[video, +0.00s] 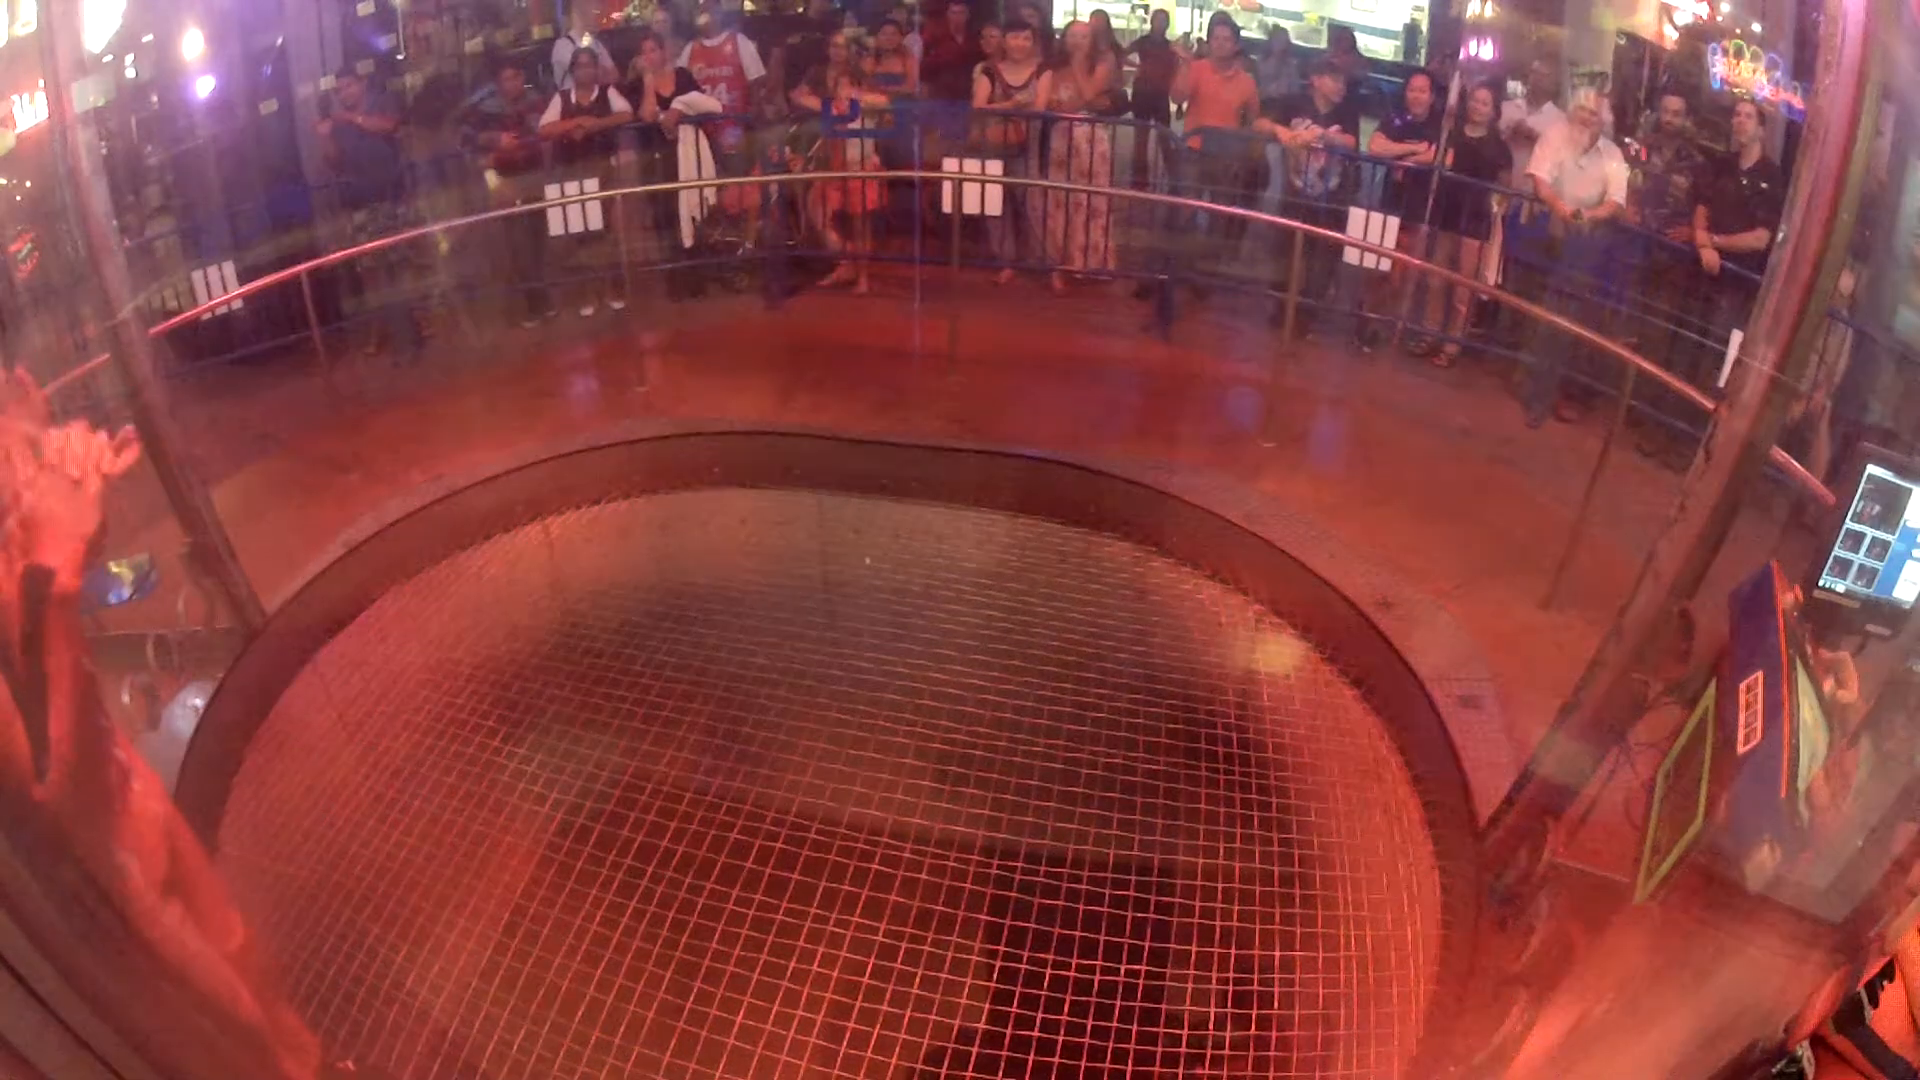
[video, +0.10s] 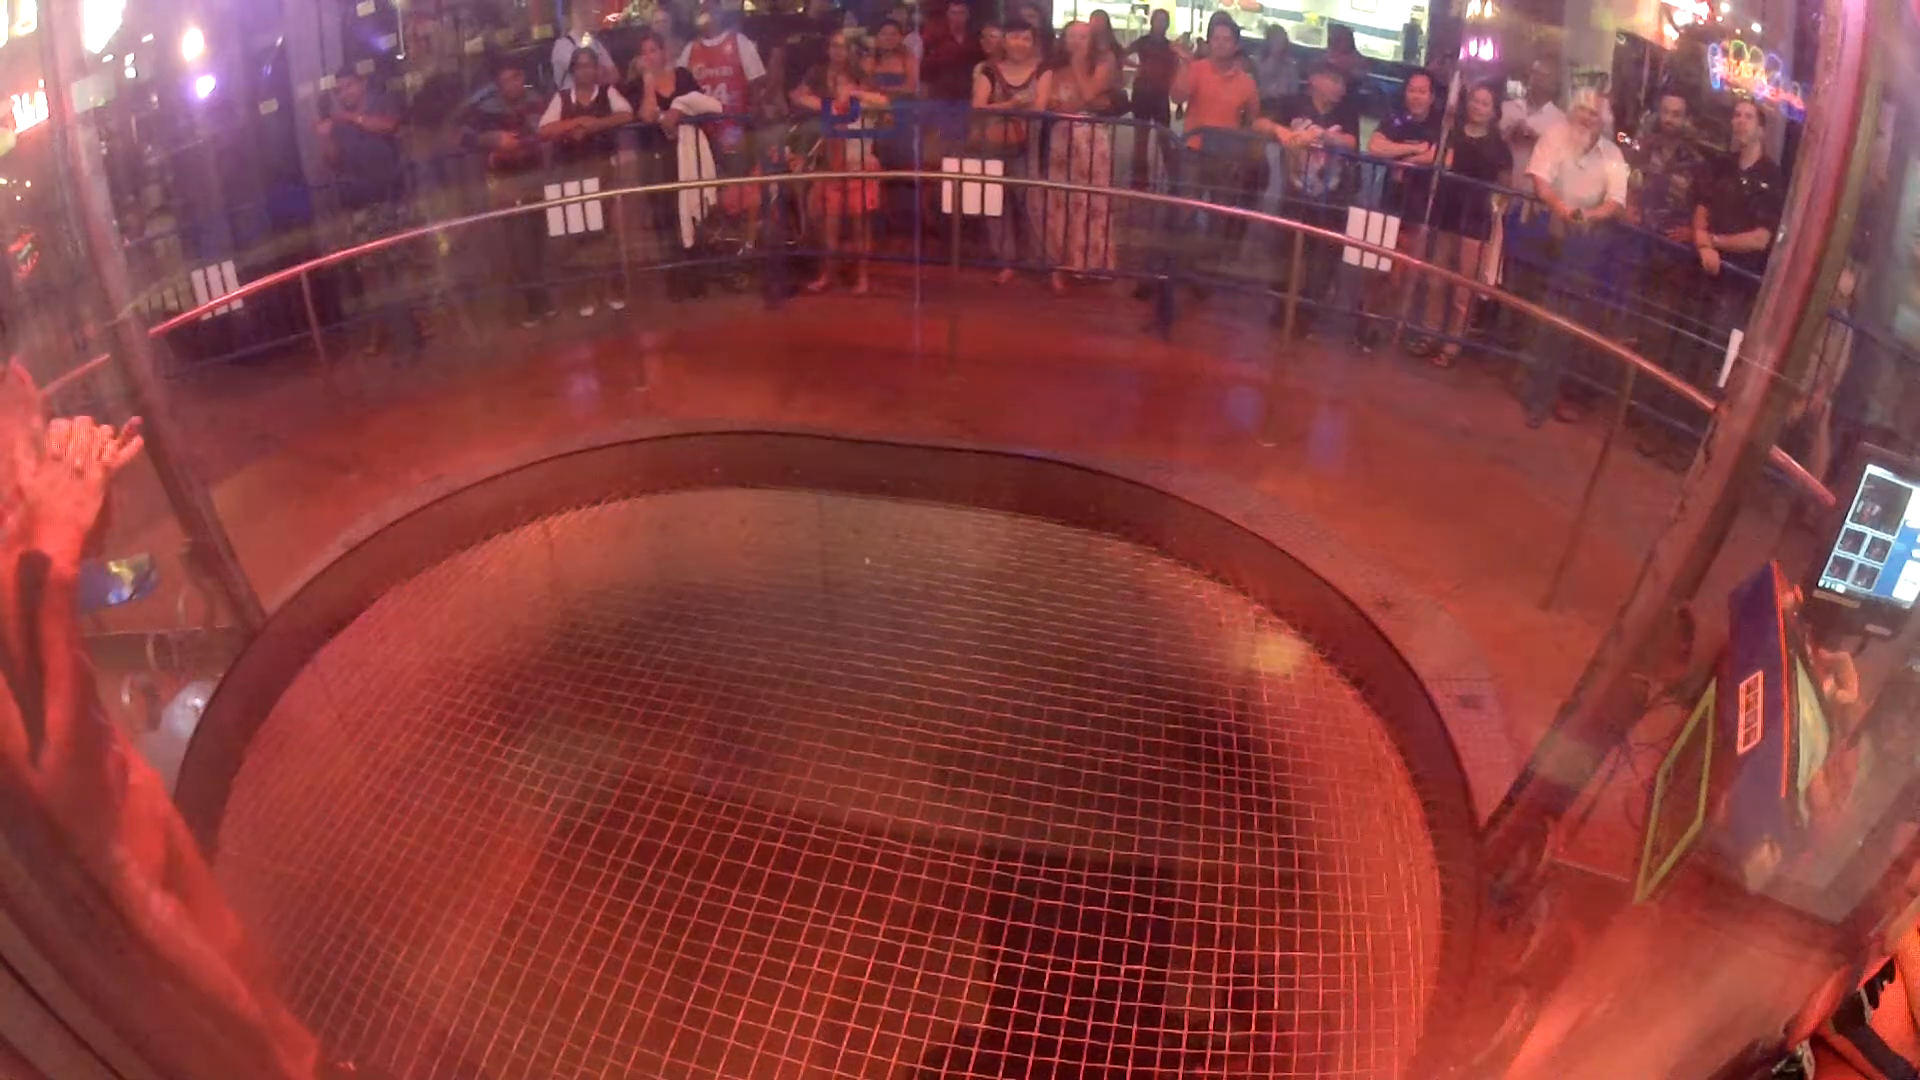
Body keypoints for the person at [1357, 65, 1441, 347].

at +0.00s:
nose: (1416, 95)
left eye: (1423, 90)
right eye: (1412, 90)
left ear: (1432, 97)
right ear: (1404, 94)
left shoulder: (1439, 127)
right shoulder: (1394, 120)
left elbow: (1439, 158)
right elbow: (1375, 146)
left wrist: (1403, 157)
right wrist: (1416, 148)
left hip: (1422, 212)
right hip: (1390, 208)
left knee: (1409, 274)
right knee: (1379, 269)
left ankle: (1398, 326)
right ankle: (1368, 321)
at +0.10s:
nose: (1416, 96)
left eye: (1422, 91)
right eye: (1412, 90)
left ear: (1432, 97)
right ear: (1404, 94)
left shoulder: (1439, 127)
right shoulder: (1394, 120)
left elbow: (1439, 158)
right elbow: (1375, 146)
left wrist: (1402, 158)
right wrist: (1416, 148)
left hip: (1422, 211)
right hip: (1390, 207)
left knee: (1409, 273)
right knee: (1379, 268)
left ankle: (1398, 326)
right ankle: (1368, 321)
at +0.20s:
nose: (1416, 96)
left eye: (1422, 91)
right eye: (1412, 90)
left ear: (1432, 97)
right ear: (1404, 94)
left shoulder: (1439, 127)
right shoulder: (1394, 121)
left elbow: (1439, 158)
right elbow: (1375, 146)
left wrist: (1402, 157)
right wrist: (1417, 148)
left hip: (1422, 212)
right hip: (1390, 208)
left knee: (1409, 273)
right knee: (1380, 268)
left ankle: (1398, 326)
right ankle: (1369, 320)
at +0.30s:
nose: (1416, 96)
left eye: (1422, 91)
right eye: (1412, 90)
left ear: (1432, 97)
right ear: (1404, 94)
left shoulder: (1439, 127)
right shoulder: (1394, 120)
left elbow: (1439, 158)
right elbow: (1375, 146)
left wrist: (1402, 157)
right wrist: (1416, 148)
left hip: (1422, 212)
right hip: (1390, 207)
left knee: (1409, 273)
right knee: (1380, 268)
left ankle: (1398, 326)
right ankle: (1368, 320)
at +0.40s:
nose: (1416, 96)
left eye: (1422, 91)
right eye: (1412, 90)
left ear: (1432, 97)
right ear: (1404, 94)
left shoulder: (1439, 127)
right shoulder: (1394, 121)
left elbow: (1439, 158)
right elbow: (1375, 146)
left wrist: (1401, 156)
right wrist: (1416, 148)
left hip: (1422, 212)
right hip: (1390, 207)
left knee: (1408, 274)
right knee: (1380, 268)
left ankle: (1398, 326)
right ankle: (1368, 320)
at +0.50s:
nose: (1416, 96)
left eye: (1422, 91)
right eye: (1412, 90)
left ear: (1432, 97)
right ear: (1404, 94)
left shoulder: (1439, 127)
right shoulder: (1394, 121)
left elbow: (1439, 158)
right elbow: (1375, 146)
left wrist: (1400, 156)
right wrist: (1416, 148)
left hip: (1422, 212)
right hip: (1390, 208)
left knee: (1409, 274)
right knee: (1380, 269)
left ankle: (1398, 326)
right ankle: (1368, 321)